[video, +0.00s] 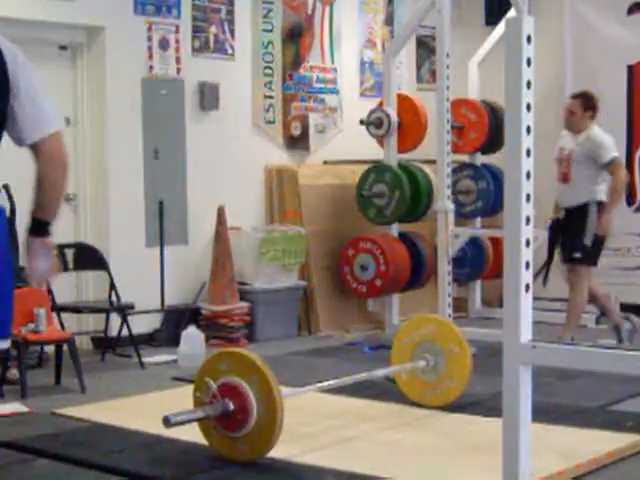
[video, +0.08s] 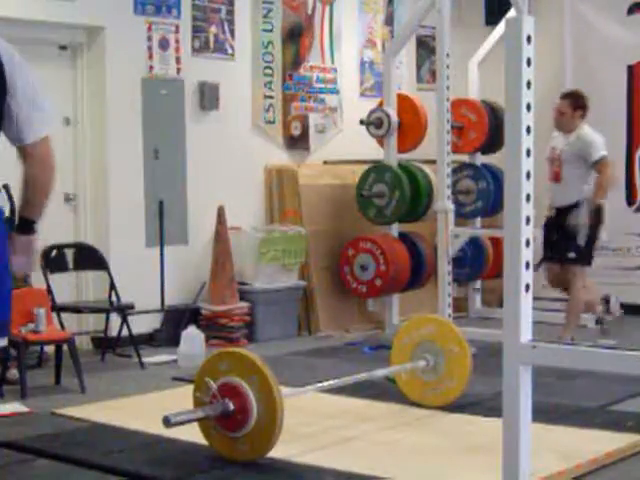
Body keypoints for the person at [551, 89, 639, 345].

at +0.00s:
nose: (566, 115)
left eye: (571, 111)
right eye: (566, 110)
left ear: (588, 114)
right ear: (570, 113)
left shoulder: (597, 139)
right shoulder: (565, 138)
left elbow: (619, 174)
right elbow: (564, 178)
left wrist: (607, 215)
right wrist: (557, 210)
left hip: (589, 208)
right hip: (568, 209)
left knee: (579, 274)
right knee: (574, 275)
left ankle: (567, 335)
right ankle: (619, 321)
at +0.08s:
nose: (555, 115)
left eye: (561, 111)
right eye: (556, 110)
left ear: (577, 114)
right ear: (561, 113)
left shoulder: (588, 138)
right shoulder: (556, 137)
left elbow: (604, 170)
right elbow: (558, 175)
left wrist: (596, 204)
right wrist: (551, 207)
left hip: (580, 208)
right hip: (556, 209)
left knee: (575, 273)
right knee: (555, 276)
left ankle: (568, 332)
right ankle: (600, 304)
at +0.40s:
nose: (528, 122)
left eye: (531, 116)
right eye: (526, 117)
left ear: (540, 114)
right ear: (532, 116)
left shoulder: (555, 134)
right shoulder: (530, 138)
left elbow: (546, 161)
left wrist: (519, 156)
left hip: (554, 204)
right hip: (534, 206)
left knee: (555, 273)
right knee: (550, 273)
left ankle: (565, 331)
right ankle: (564, 328)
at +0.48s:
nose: (496, 125)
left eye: (499, 119)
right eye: (495, 120)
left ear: (512, 116)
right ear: (500, 119)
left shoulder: (535, 139)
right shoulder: (506, 142)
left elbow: (521, 163)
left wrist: (501, 143)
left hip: (533, 211)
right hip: (507, 211)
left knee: (539, 279)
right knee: (495, 275)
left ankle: (562, 333)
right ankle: (482, 333)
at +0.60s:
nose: (474, 126)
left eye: (478, 120)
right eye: (474, 121)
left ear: (494, 119)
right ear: (490, 121)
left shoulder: (509, 142)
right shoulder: (487, 145)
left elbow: (493, 147)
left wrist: (473, 139)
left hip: (503, 211)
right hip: (484, 212)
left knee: (497, 276)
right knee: (477, 274)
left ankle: (537, 320)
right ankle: (478, 334)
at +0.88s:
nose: (447, 125)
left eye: (448, 120)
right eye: (445, 121)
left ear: (461, 116)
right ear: (460, 116)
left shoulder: (485, 133)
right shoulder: (465, 137)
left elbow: (470, 142)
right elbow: (454, 175)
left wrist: (448, 137)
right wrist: (456, 144)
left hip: (478, 202)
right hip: (460, 203)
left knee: (451, 268)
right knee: (472, 274)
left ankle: (469, 328)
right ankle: (479, 334)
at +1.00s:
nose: (434, 127)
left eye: (435, 122)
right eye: (433, 123)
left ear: (447, 117)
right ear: (447, 117)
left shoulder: (471, 134)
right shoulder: (452, 137)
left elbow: (455, 145)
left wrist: (433, 135)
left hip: (466, 206)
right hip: (448, 206)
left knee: (441, 270)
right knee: (465, 275)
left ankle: (439, 333)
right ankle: (477, 335)